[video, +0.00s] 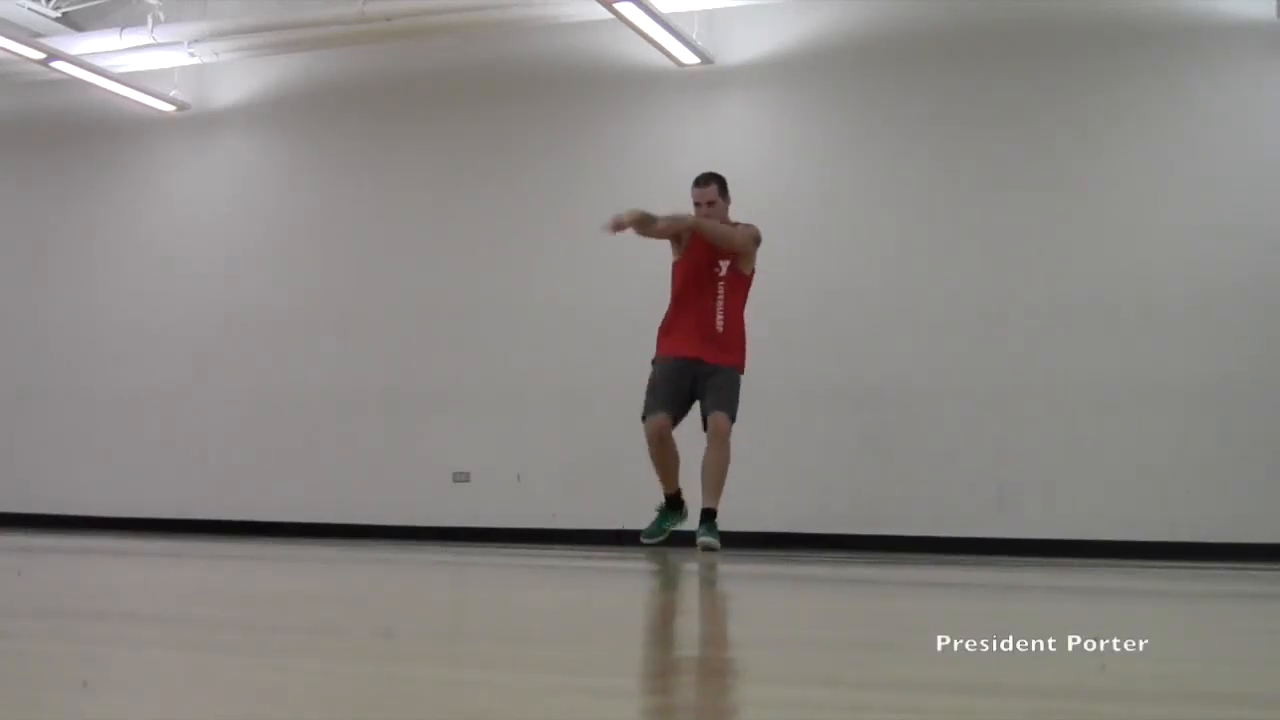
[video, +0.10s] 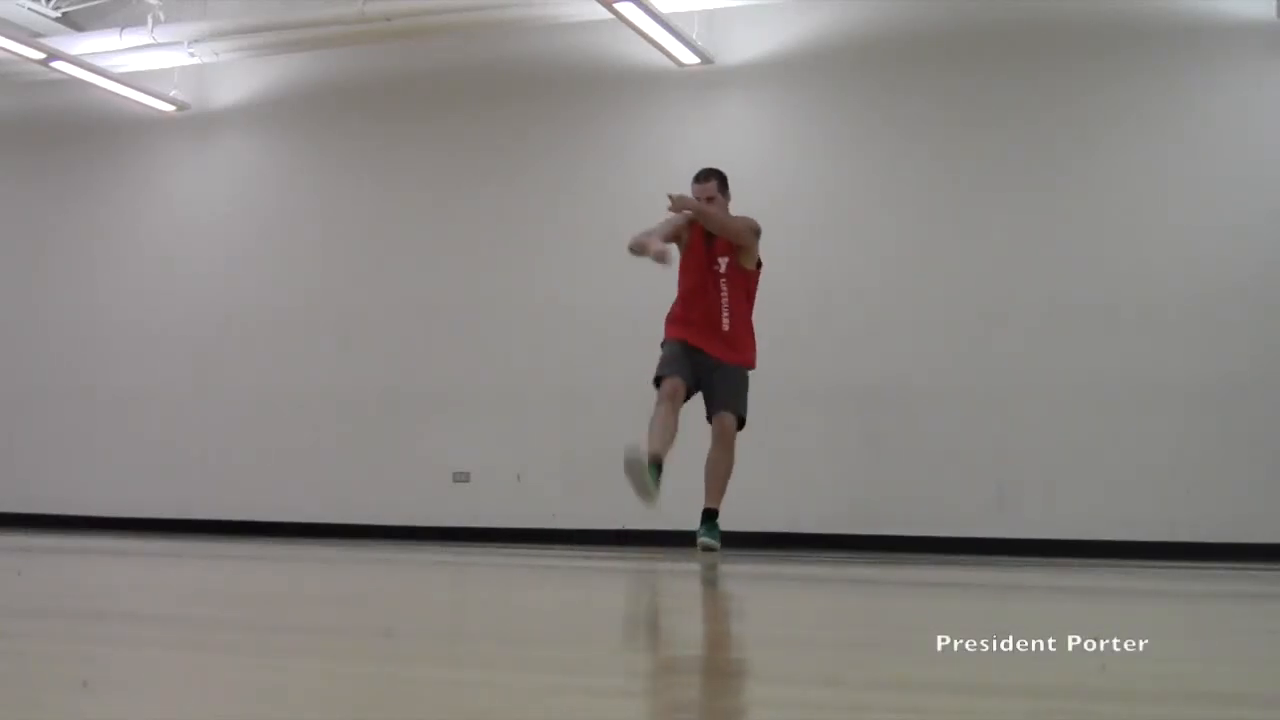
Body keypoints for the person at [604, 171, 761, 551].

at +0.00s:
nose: (702, 211)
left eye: (709, 204)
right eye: (697, 205)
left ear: (727, 203)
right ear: (693, 203)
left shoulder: (747, 234)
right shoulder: (682, 230)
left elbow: (730, 240)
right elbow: (656, 226)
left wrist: (691, 222)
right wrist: (634, 220)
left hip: (722, 356)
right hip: (675, 350)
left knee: (719, 427)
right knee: (655, 427)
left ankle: (708, 520)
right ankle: (673, 505)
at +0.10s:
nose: (704, 208)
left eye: (711, 200)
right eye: (698, 202)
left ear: (727, 199)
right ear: (691, 201)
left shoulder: (747, 229)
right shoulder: (685, 226)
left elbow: (732, 232)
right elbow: (639, 241)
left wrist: (695, 208)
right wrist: (653, 246)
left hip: (729, 346)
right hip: (685, 336)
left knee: (725, 426)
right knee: (670, 389)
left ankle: (709, 521)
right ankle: (653, 472)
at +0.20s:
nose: (702, 205)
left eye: (710, 198)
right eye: (696, 199)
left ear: (727, 199)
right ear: (690, 200)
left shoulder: (745, 228)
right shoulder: (681, 233)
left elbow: (716, 224)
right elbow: (662, 281)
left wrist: (680, 207)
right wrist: (682, 251)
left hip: (736, 345)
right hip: (696, 338)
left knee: (729, 431)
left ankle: (710, 520)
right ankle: (671, 418)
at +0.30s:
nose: (704, 198)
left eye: (711, 191)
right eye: (697, 192)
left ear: (728, 191)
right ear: (691, 193)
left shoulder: (749, 220)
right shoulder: (679, 228)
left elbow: (739, 226)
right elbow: (664, 283)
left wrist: (690, 215)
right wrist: (683, 253)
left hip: (734, 340)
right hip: (690, 331)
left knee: (730, 430)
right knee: (707, 308)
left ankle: (710, 520)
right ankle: (691, 386)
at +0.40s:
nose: (704, 178)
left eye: (711, 171)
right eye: (698, 172)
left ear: (727, 170)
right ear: (692, 173)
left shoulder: (750, 197)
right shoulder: (682, 203)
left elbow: (750, 234)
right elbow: (665, 242)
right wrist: (659, 281)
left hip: (738, 321)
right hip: (694, 311)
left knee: (728, 424)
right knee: (703, 346)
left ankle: (710, 519)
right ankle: (692, 409)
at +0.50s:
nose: (705, 175)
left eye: (713, 167)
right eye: (700, 168)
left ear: (729, 166)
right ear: (692, 170)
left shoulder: (758, 203)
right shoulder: (679, 208)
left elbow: (782, 264)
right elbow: (666, 268)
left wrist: (783, 324)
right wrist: (669, 317)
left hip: (741, 325)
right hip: (695, 319)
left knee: (735, 426)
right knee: (696, 374)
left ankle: (720, 516)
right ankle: (691, 474)